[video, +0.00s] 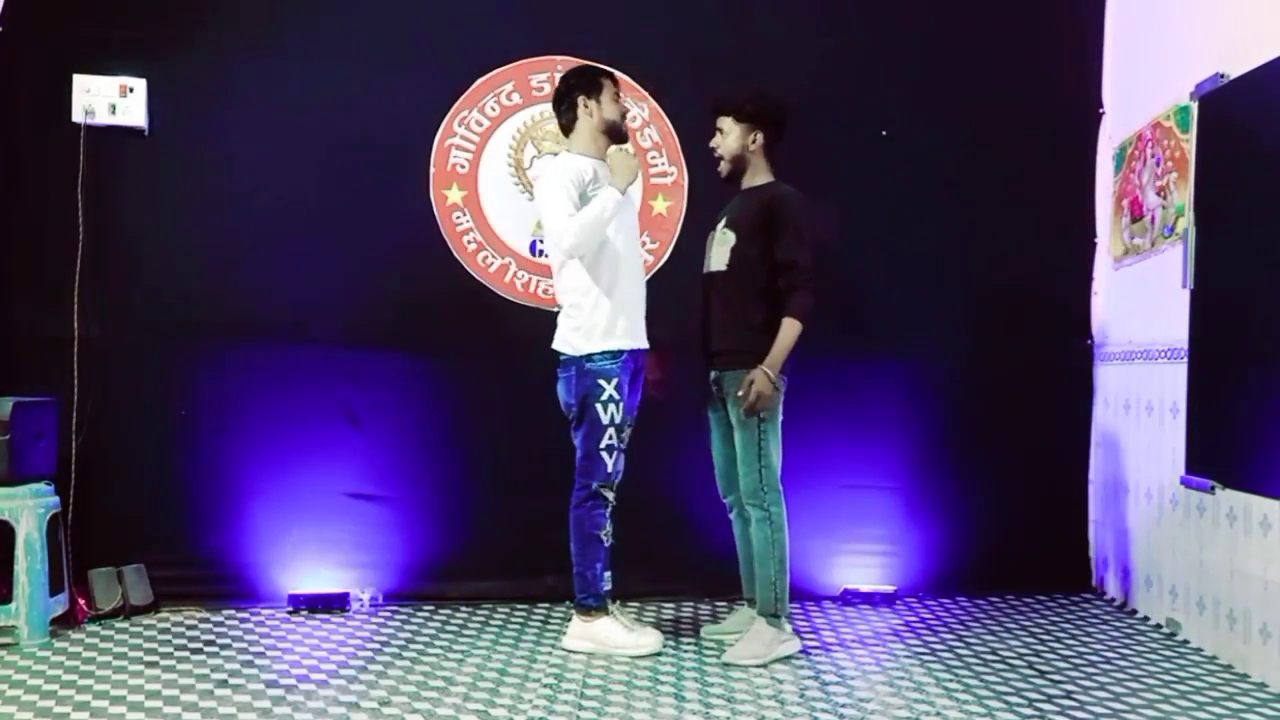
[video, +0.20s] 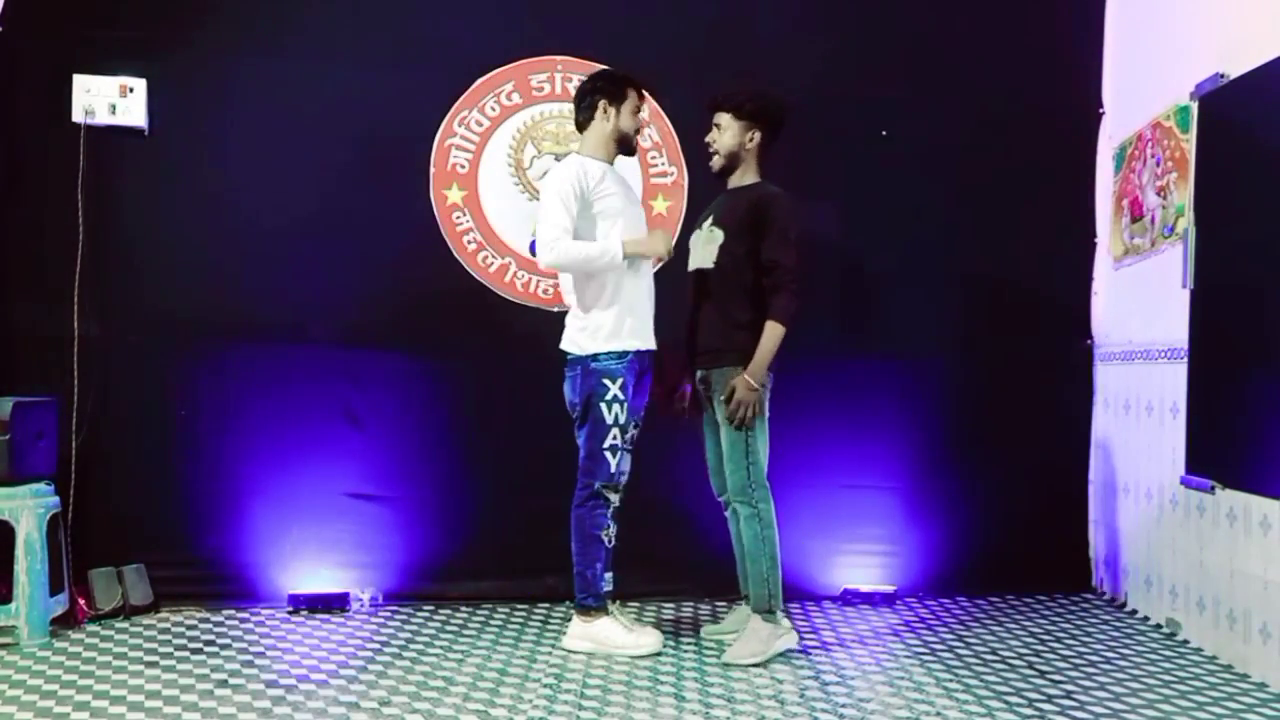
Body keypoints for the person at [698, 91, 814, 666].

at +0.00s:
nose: (714, 142)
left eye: (723, 132)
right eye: (715, 132)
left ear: (755, 137)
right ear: (747, 140)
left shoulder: (781, 203)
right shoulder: (731, 208)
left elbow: (799, 295)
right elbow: (725, 292)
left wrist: (770, 369)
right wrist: (712, 361)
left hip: (755, 370)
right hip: (721, 370)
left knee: (762, 494)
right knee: (736, 495)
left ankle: (776, 623)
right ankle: (755, 607)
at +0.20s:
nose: (709, 137)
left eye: (719, 128)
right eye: (711, 128)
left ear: (751, 137)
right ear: (736, 138)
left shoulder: (768, 204)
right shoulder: (715, 208)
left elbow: (783, 297)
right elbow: (706, 297)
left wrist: (755, 374)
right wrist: (691, 372)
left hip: (741, 369)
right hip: (709, 368)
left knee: (750, 492)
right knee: (728, 492)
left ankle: (771, 617)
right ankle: (753, 605)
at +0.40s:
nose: (715, 129)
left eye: (729, 123)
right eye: (713, 121)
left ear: (755, 140)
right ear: (706, 136)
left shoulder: (766, 204)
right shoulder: (691, 212)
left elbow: (783, 294)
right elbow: (674, 295)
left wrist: (755, 370)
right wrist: (672, 376)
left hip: (737, 366)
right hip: (693, 368)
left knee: (728, 490)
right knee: (719, 491)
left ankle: (737, 618)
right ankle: (763, 604)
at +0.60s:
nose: (735, 130)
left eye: (744, 128)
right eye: (726, 125)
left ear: (751, 152)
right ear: (702, 145)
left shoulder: (764, 205)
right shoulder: (671, 211)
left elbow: (786, 291)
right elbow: (649, 285)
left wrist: (768, 366)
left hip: (740, 369)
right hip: (682, 369)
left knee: (731, 496)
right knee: (701, 500)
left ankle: (722, 619)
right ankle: (755, 598)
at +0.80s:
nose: (731, 130)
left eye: (740, 129)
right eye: (722, 126)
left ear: (749, 154)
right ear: (700, 149)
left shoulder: (766, 210)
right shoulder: (667, 208)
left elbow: (788, 293)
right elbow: (640, 280)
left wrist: (791, 373)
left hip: (744, 369)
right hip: (678, 368)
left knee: (732, 494)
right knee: (677, 494)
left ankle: (720, 620)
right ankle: (732, 590)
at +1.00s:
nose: (717, 131)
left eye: (731, 126)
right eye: (711, 126)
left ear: (752, 149)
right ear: (699, 145)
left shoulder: (766, 217)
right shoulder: (666, 210)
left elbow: (789, 304)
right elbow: (638, 290)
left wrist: (804, 386)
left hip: (742, 370)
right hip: (679, 370)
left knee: (732, 497)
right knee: (700, 502)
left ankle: (720, 619)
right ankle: (736, 602)